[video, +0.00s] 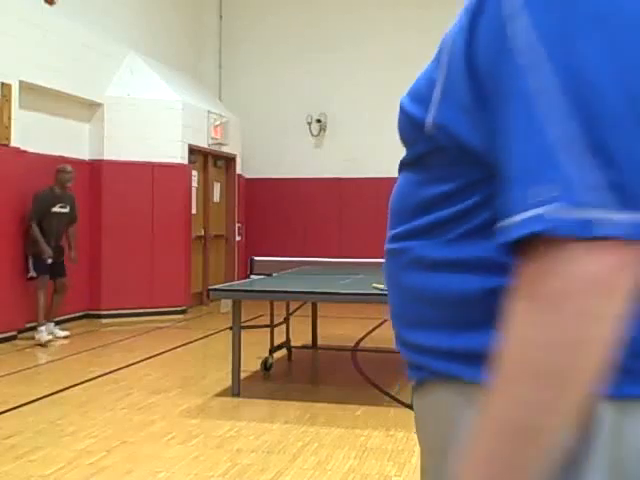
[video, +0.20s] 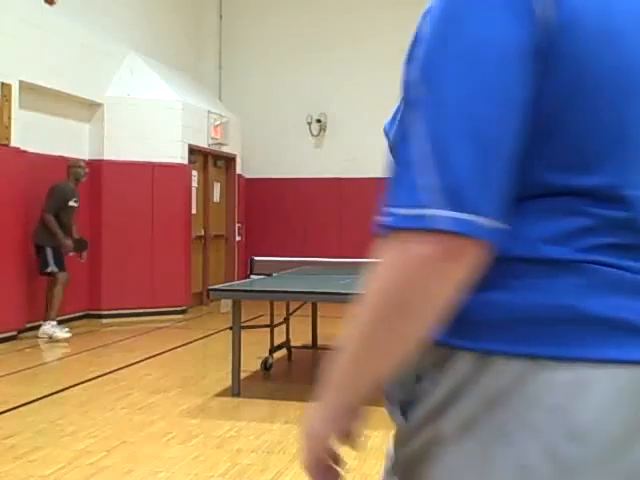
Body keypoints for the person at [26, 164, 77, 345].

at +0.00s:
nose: (70, 178)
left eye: (71, 175)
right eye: (67, 174)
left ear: (71, 177)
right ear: (57, 176)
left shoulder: (70, 198)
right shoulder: (43, 197)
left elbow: (71, 225)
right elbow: (33, 223)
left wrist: (72, 248)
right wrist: (43, 246)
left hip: (57, 247)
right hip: (40, 247)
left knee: (61, 285)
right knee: (43, 284)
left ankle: (50, 324)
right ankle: (41, 327)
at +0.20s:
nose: (86, 171)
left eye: (86, 168)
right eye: (82, 168)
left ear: (78, 172)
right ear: (71, 171)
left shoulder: (74, 192)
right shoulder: (61, 189)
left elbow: (69, 221)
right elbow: (47, 214)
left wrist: (78, 242)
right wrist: (62, 238)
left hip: (55, 240)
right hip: (47, 239)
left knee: (55, 279)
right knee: (61, 277)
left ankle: (49, 322)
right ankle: (50, 323)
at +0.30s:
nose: (90, 171)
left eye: (90, 168)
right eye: (86, 168)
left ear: (82, 173)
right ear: (76, 171)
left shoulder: (76, 192)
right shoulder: (68, 189)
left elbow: (71, 223)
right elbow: (55, 215)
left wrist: (80, 242)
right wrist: (75, 236)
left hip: (58, 242)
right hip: (55, 241)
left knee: (58, 281)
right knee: (71, 278)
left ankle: (48, 323)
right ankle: (61, 322)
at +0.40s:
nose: (95, 172)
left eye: (95, 169)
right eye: (91, 168)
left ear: (88, 173)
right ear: (82, 171)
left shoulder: (81, 192)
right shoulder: (75, 190)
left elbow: (76, 222)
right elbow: (63, 216)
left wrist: (89, 239)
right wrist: (84, 234)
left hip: (64, 241)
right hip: (63, 241)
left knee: (59, 282)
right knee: (80, 278)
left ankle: (48, 324)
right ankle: (81, 323)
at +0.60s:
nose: (112, 174)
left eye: (112, 171)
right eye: (108, 171)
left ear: (107, 175)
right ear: (99, 174)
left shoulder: (99, 195)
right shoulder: (92, 194)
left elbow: (94, 223)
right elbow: (82, 222)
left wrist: (106, 240)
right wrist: (106, 234)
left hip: (83, 245)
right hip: (84, 246)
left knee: (74, 283)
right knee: (102, 280)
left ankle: (51, 322)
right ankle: (107, 323)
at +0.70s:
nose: (123, 174)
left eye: (122, 171)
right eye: (119, 171)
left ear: (113, 175)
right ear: (109, 174)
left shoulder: (110, 195)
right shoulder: (102, 194)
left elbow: (106, 223)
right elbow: (94, 222)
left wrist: (117, 241)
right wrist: (117, 235)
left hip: (98, 245)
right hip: (96, 246)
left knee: (92, 283)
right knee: (112, 280)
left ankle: (63, 315)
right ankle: (109, 322)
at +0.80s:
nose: (130, 173)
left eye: (130, 169)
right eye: (126, 169)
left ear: (124, 173)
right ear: (118, 172)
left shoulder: (120, 192)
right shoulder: (112, 192)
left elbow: (117, 220)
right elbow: (105, 219)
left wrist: (124, 239)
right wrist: (129, 231)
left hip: (113, 243)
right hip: (107, 244)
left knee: (114, 280)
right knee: (117, 280)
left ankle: (85, 307)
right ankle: (110, 322)